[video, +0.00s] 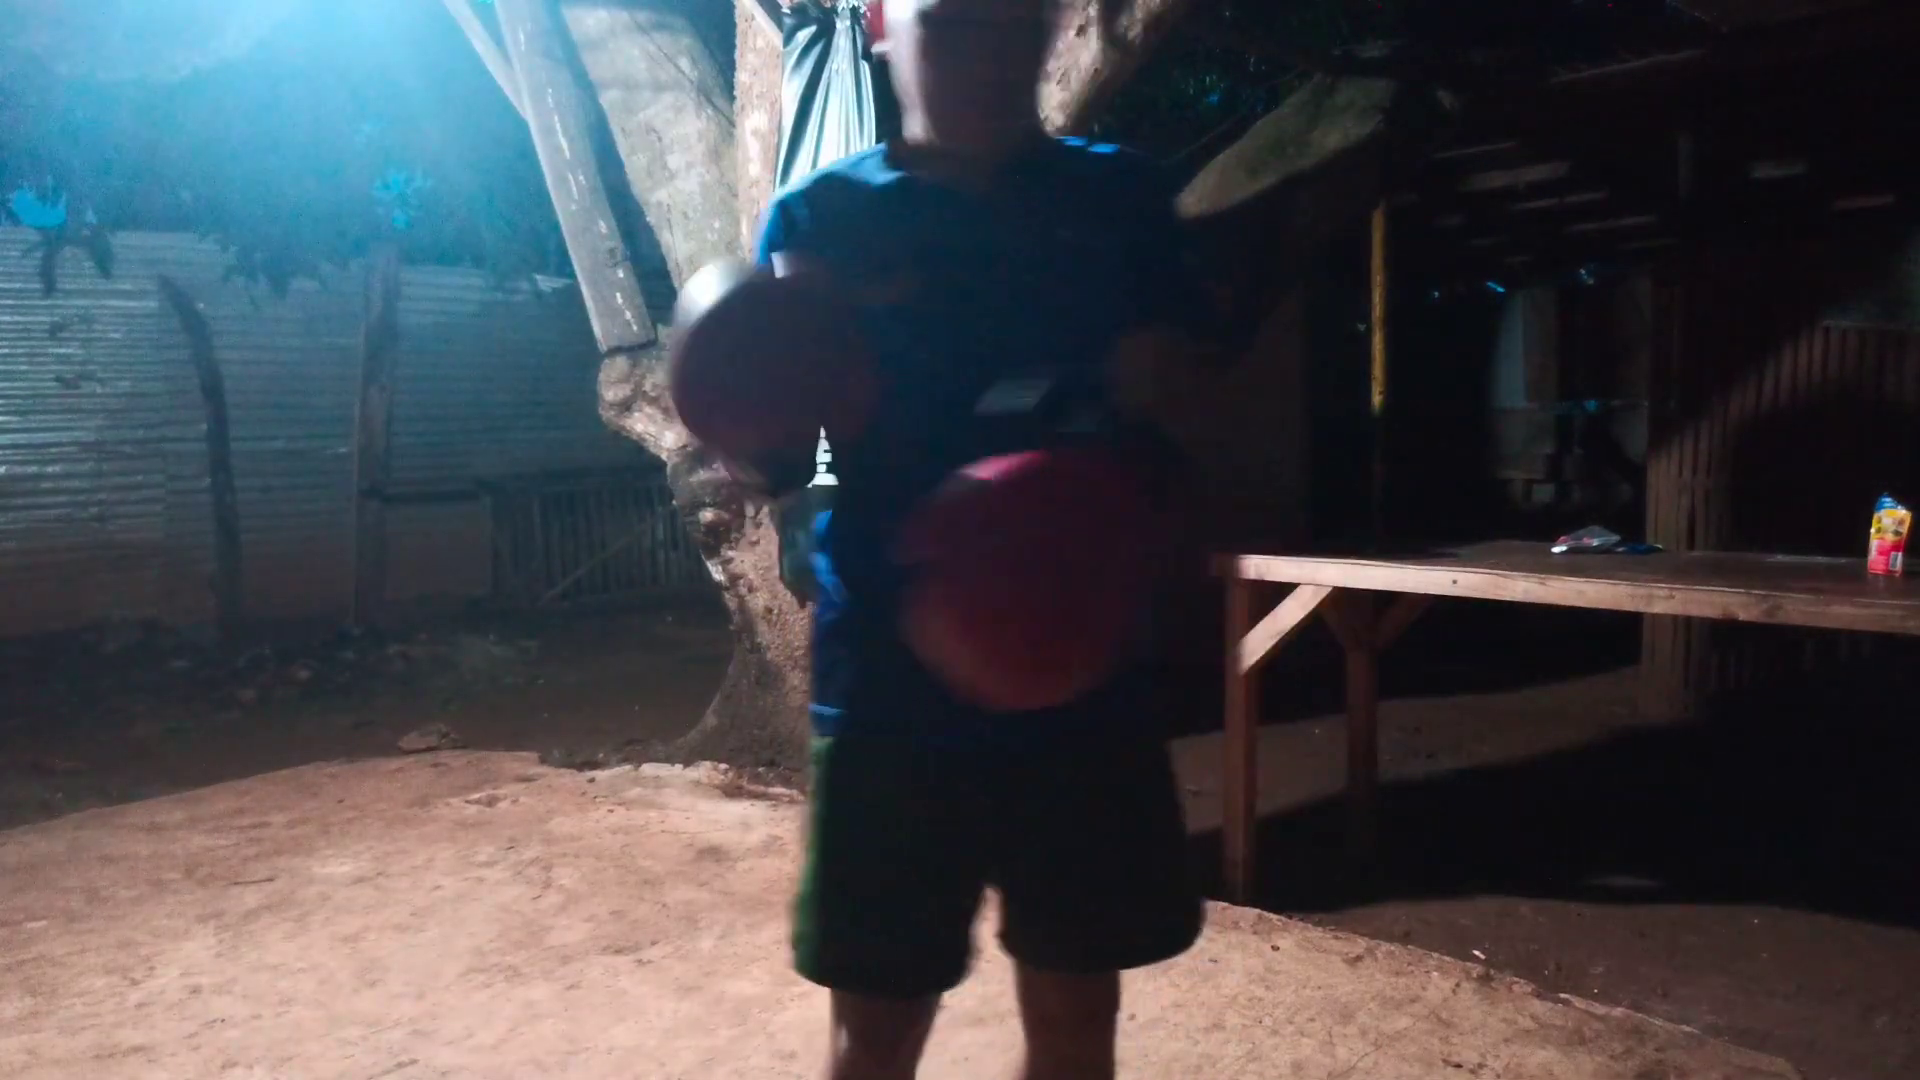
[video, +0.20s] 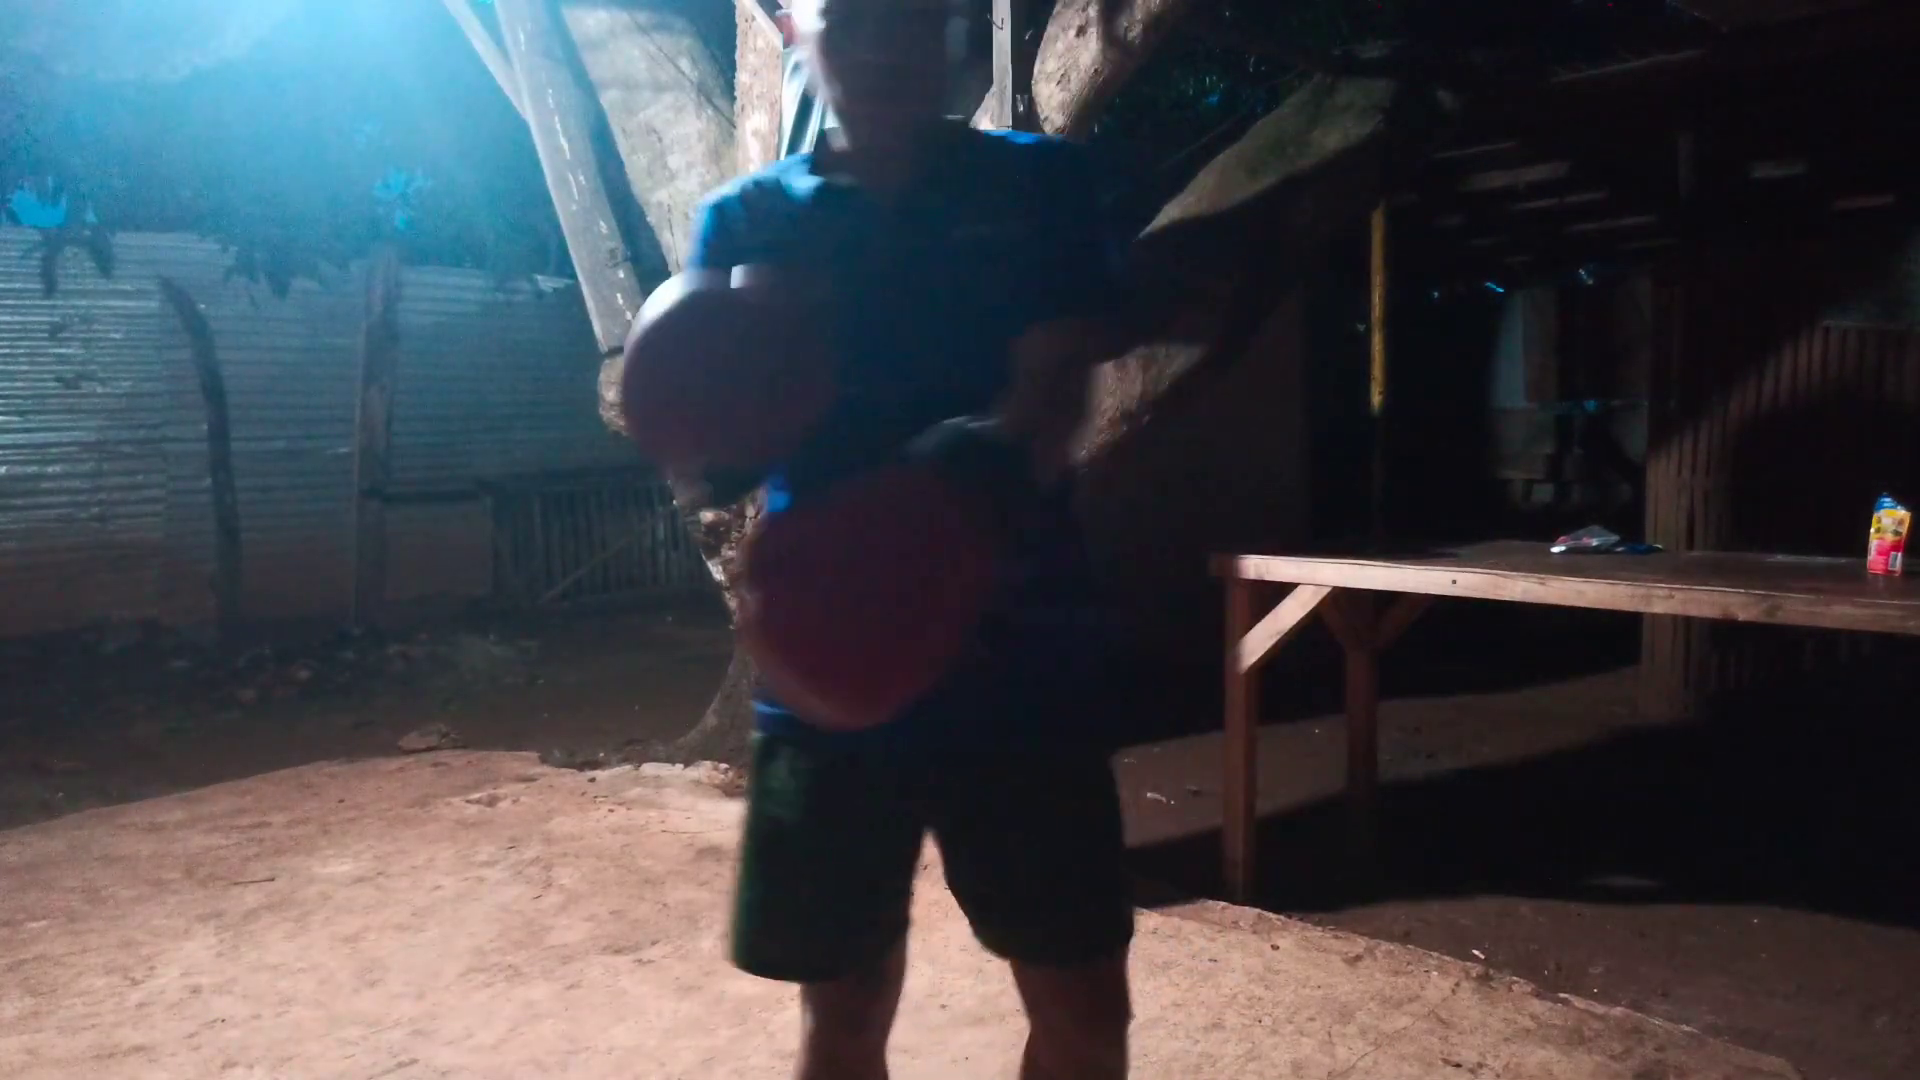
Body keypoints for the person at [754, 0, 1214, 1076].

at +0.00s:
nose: (974, 44)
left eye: (1004, 18)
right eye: (943, 19)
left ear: (1049, 32)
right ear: (880, 33)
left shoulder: (1123, 199)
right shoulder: (829, 215)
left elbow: (1182, 421)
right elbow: (773, 460)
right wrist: (756, 411)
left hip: (1087, 685)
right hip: (889, 695)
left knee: (1074, 1022)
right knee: (877, 1036)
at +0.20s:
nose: (880, 52)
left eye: (910, 24)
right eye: (852, 25)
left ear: (958, 44)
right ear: (798, 42)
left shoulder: (1040, 187)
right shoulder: (749, 219)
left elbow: (1055, 396)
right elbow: (697, 429)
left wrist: (948, 494)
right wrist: (728, 526)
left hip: (1016, 649)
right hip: (826, 662)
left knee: (1081, 1007)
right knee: (842, 1010)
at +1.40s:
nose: (770, 81)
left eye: (800, 49)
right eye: (740, 53)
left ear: (845, 64)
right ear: (699, 81)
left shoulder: (917, 215)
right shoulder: (659, 224)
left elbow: (953, 431)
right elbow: (510, 409)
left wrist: (998, 598)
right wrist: (649, 466)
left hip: (909, 623)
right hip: (746, 641)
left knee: (920, 923)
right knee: (751, 972)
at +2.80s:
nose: (953, 33)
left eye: (974, 8)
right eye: (910, 8)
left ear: (1002, 21)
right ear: (817, 11)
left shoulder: (1041, 177)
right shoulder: (724, 188)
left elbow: (1114, 409)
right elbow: (565, 427)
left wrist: (1083, 559)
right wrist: (759, 384)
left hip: (1029, 670)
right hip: (836, 695)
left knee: (1013, 1014)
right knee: (861, 1051)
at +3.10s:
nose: (960, 13)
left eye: (972, 3)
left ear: (984, 6)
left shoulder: (1026, 133)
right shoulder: (706, 119)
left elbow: (1115, 364)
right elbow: (665, 373)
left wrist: (1045, 491)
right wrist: (940, 315)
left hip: (1031, 695)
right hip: (818, 716)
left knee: (1071, 1032)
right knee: (825, 1057)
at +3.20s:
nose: (959, 18)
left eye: (979, 4)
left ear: (997, 7)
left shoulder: (1042, 130)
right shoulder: (721, 107)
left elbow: (1124, 356)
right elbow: (738, 341)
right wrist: (1011, 330)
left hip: (1039, 681)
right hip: (830, 694)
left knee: (1059, 1033)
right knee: (830, 1057)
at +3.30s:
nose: (977, 9)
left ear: (1027, 7)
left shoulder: (1071, 141)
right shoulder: (748, 105)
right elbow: (778, 328)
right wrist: (1057, 333)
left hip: (1058, 688)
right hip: (853, 690)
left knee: (1074, 1026)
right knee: (849, 1054)